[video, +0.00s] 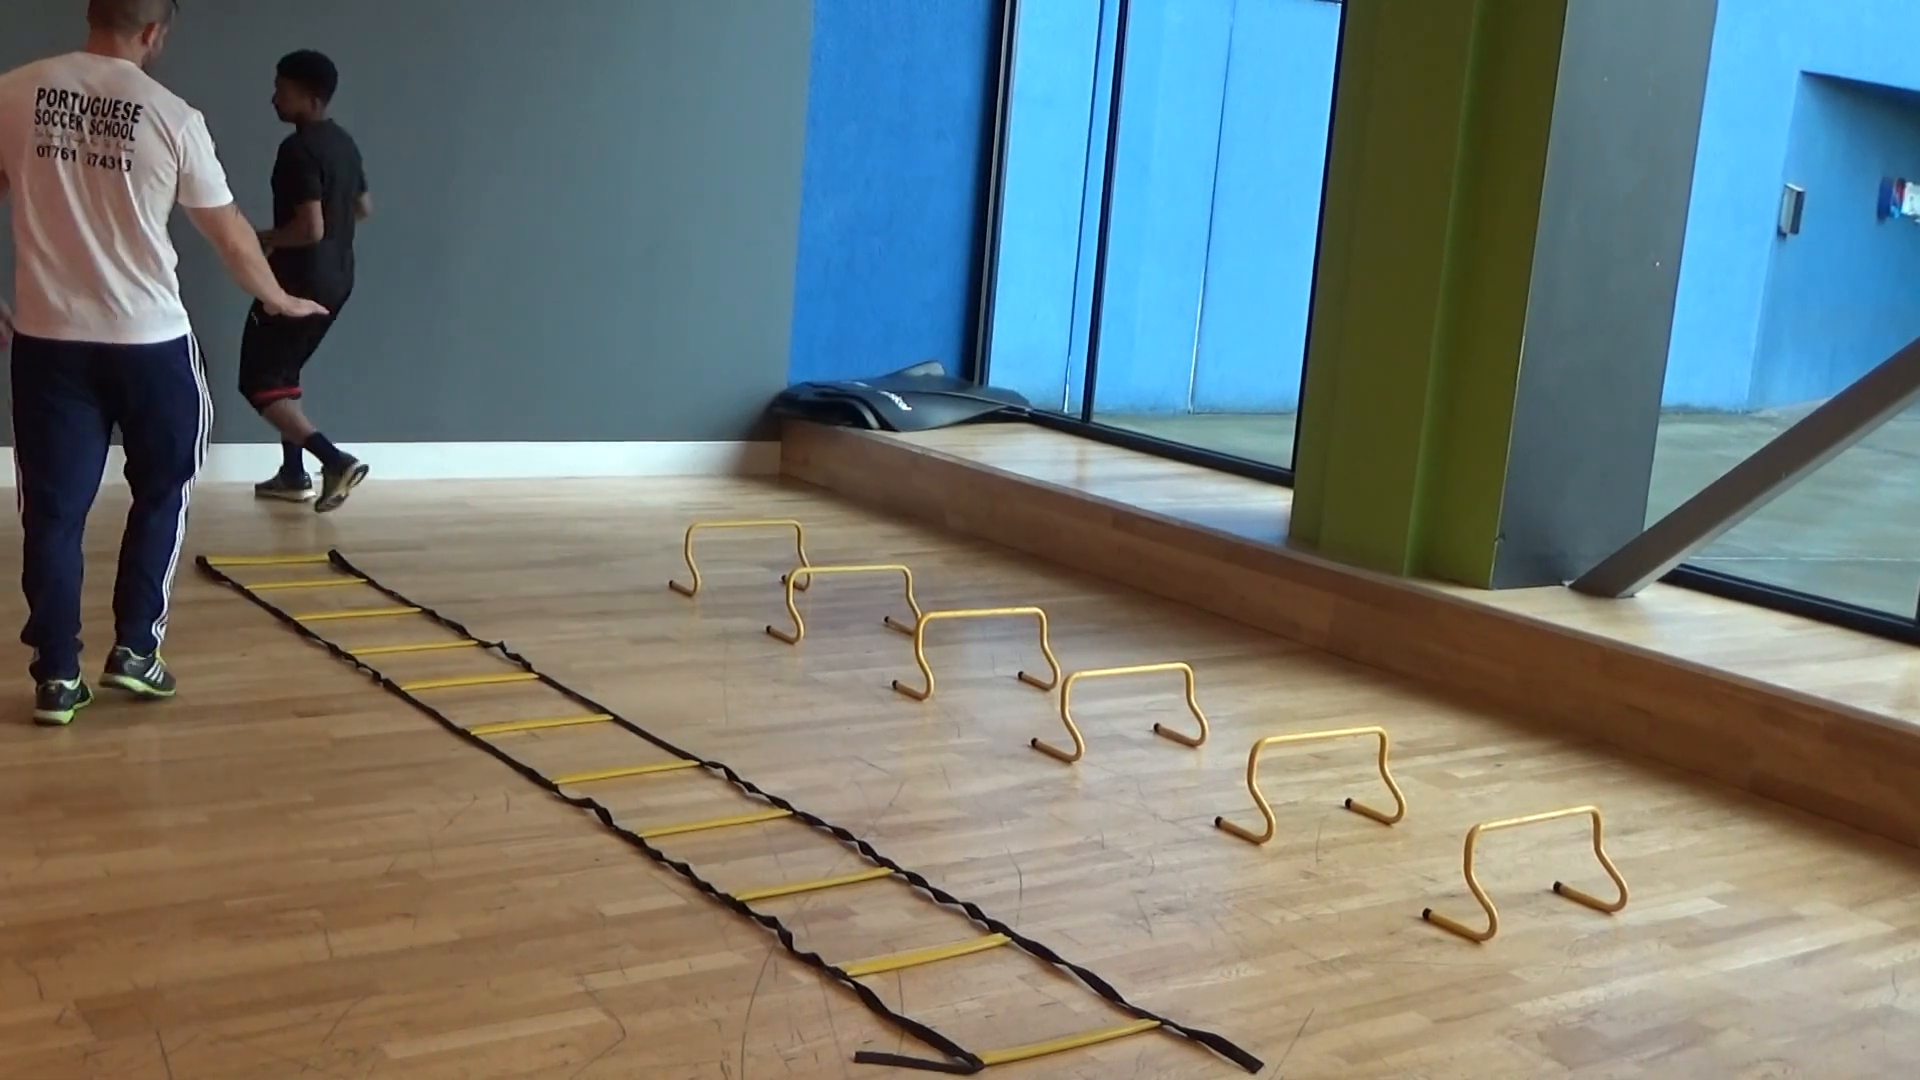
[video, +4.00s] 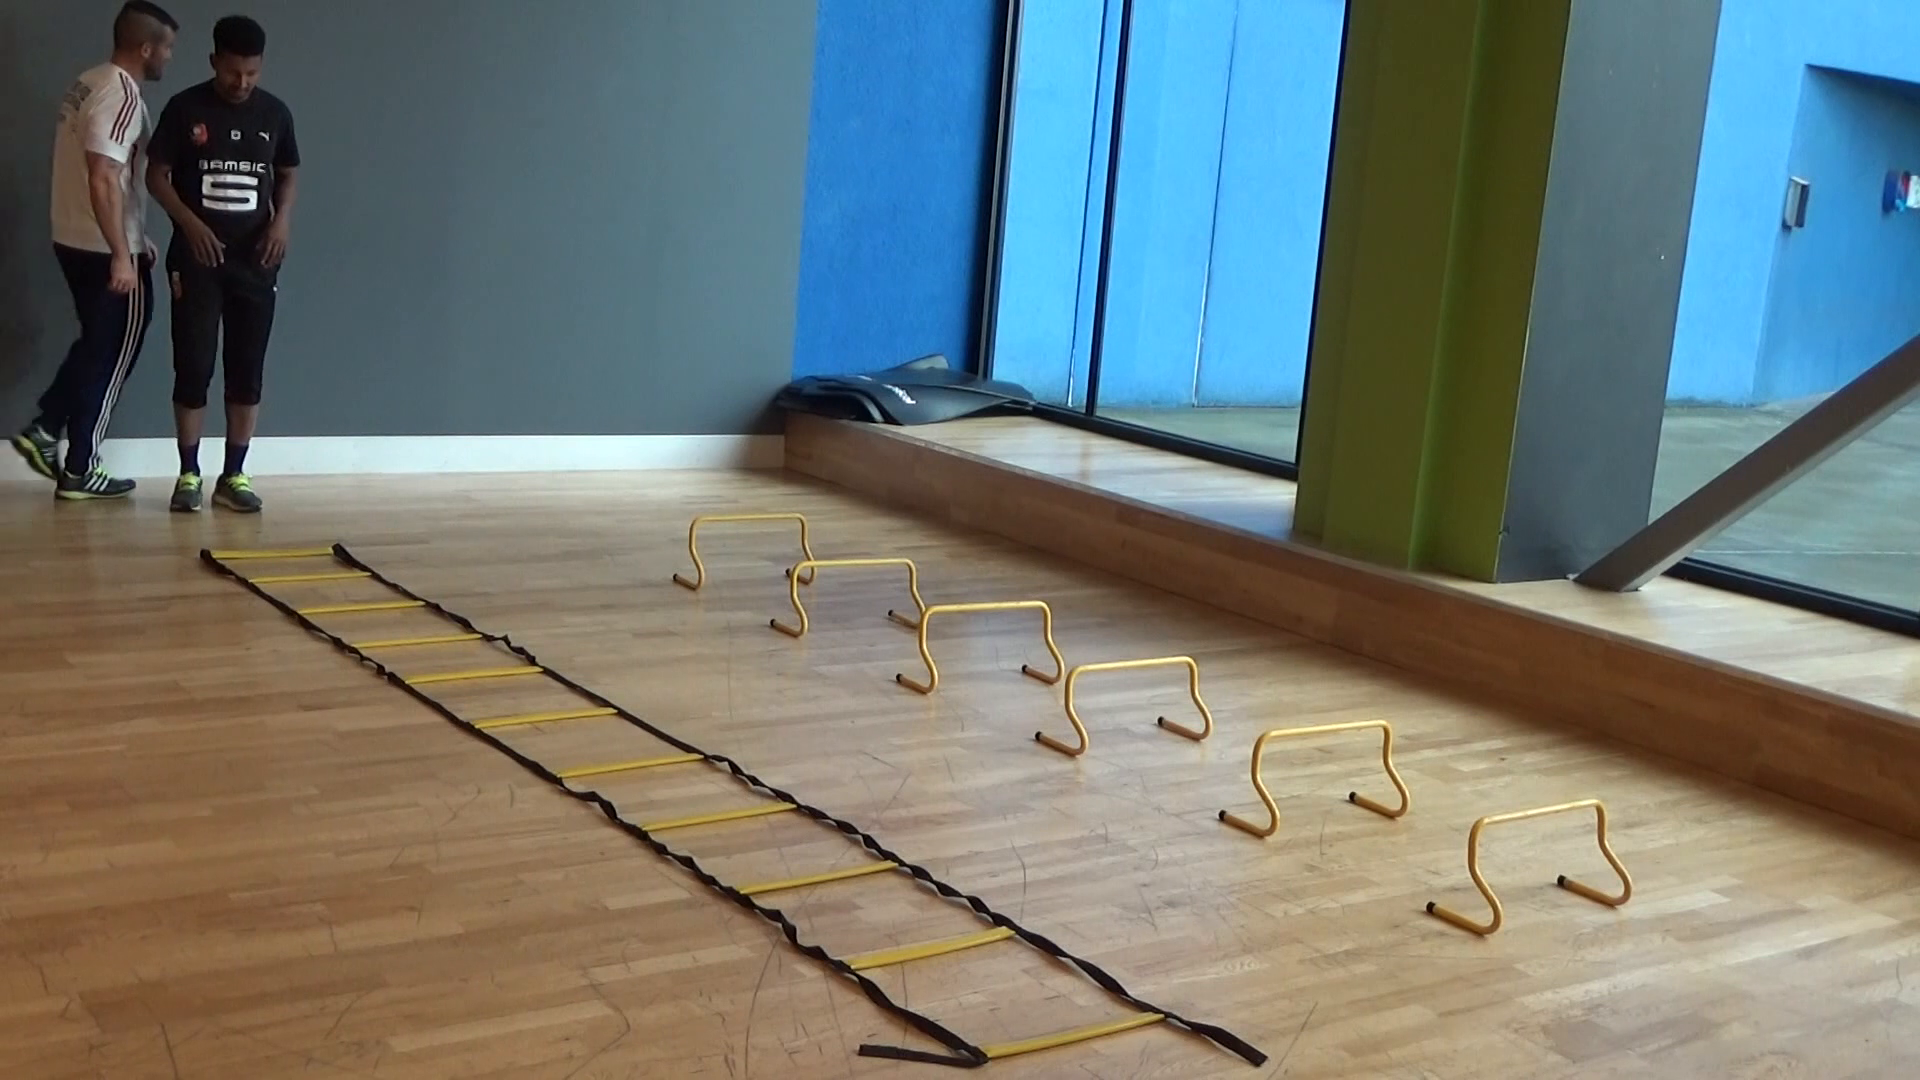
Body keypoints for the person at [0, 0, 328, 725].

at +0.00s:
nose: (162, 47)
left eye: (161, 33)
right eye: (163, 33)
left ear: (88, 19)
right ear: (150, 31)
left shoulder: (15, 89)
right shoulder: (173, 119)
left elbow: (11, 186)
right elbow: (229, 234)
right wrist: (279, 299)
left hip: (45, 337)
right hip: (148, 340)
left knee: (53, 508)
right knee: (163, 490)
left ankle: (56, 676)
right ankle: (136, 650)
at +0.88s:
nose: (188, 93)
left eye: (194, 82)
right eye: (193, 80)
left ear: (145, 44)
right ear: (177, 60)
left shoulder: (63, 92)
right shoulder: (136, 111)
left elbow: (64, 204)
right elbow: (147, 226)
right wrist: (196, 319)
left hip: (66, 301)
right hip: (127, 305)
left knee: (81, 439)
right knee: (171, 449)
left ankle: (63, 586)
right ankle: (166, 610)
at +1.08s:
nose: (173, 86)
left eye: (179, 76)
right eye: (172, 71)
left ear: (136, 50)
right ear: (140, 47)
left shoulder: (86, 92)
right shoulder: (90, 92)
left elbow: (87, 199)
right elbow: (70, 195)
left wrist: (132, 257)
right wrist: (93, 296)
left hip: (52, 289)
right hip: (71, 292)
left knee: (60, 431)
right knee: (151, 421)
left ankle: (56, 578)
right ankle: (63, 557)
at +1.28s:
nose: (125, 50)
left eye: (132, 41)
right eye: (116, 34)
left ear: (131, 46)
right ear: (77, 22)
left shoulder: (88, 99)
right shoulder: (46, 89)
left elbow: (89, 201)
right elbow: (14, 194)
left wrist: (138, 261)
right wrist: (33, 294)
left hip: (88, 299)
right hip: (52, 301)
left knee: (75, 440)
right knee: (44, 439)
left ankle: (63, 581)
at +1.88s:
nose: (67, 60)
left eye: (71, 50)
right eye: (64, 47)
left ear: (31, 37)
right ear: (31, 37)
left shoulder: (16, 102)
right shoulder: (5, 102)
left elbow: (14, 200)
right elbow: (3, 206)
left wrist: (23, 272)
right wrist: (1, 303)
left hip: (15, 289)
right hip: (6, 294)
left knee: (2, 437)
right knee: (0, 438)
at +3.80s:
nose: (135, 60)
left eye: (137, 49)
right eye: (134, 49)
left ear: (91, 42)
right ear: (116, 46)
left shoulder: (43, 83)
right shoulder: (94, 101)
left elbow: (48, 178)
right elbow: (80, 181)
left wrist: (106, 235)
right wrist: (101, 259)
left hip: (28, 253)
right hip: (81, 259)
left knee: (16, 368)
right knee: (94, 369)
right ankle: (80, 471)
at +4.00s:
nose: (170, 57)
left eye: (171, 49)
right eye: (167, 48)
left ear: (127, 44)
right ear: (145, 47)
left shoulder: (91, 82)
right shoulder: (121, 92)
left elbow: (97, 177)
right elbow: (102, 178)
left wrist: (137, 239)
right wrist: (121, 254)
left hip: (79, 242)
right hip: (106, 246)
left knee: (97, 343)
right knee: (114, 354)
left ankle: (45, 432)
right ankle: (81, 470)